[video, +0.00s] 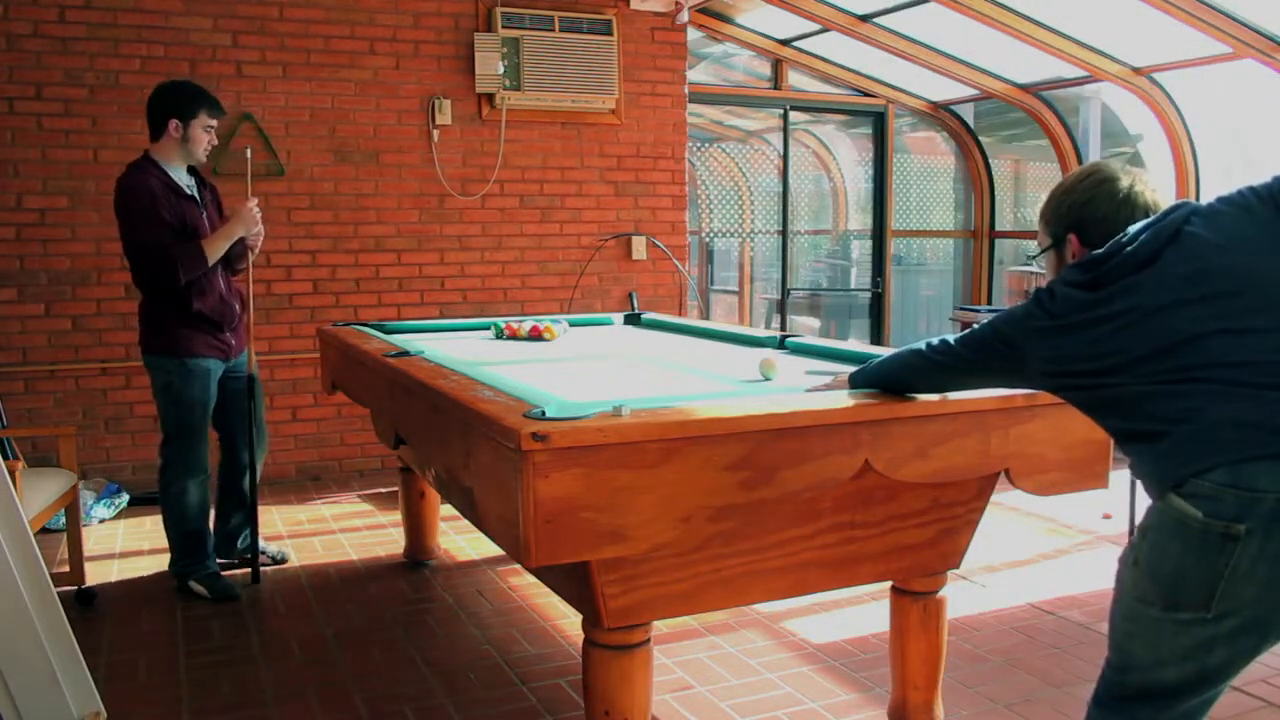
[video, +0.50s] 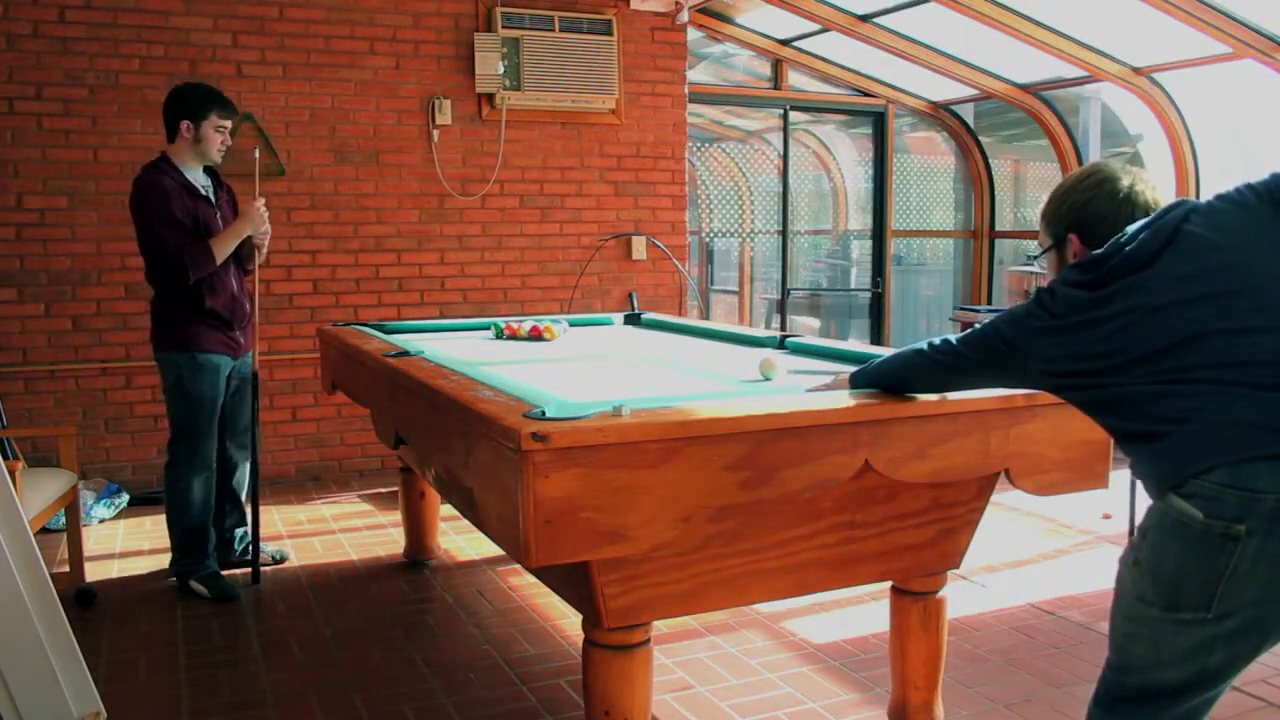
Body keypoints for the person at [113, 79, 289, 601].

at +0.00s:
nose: (214, 140)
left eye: (215, 130)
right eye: (207, 129)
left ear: (182, 131)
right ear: (175, 128)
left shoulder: (202, 186)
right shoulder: (138, 186)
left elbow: (223, 266)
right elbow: (166, 271)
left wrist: (247, 246)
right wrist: (231, 229)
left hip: (228, 339)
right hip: (181, 344)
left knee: (246, 444)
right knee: (188, 458)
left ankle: (236, 543)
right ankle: (193, 567)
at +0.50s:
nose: (229, 140)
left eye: (230, 131)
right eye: (220, 129)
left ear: (208, 134)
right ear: (186, 129)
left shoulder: (219, 188)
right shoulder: (155, 185)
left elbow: (238, 265)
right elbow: (182, 267)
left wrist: (257, 245)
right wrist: (240, 227)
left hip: (234, 339)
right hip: (191, 342)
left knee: (234, 452)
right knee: (195, 457)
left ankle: (231, 545)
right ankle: (193, 565)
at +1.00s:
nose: (243, 141)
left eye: (247, 132)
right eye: (234, 131)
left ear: (246, 137)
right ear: (202, 130)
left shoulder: (239, 188)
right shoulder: (168, 189)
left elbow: (263, 267)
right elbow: (188, 267)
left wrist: (268, 248)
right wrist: (243, 227)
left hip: (243, 340)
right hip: (199, 342)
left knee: (237, 452)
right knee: (199, 457)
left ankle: (231, 545)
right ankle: (193, 564)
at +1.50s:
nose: (252, 143)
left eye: (255, 135)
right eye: (244, 133)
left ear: (252, 139)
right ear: (211, 131)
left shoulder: (244, 189)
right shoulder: (176, 187)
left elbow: (268, 268)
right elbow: (198, 263)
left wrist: (274, 248)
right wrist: (251, 226)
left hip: (251, 340)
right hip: (207, 342)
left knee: (241, 452)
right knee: (203, 456)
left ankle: (230, 544)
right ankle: (192, 564)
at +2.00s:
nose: (252, 144)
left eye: (254, 135)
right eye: (245, 133)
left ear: (225, 137)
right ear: (212, 131)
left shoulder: (241, 192)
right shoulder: (176, 185)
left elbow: (254, 268)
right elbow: (201, 266)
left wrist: (275, 248)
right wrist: (259, 228)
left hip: (248, 342)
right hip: (207, 343)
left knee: (240, 453)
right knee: (203, 457)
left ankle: (230, 545)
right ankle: (192, 564)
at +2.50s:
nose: (245, 143)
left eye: (249, 134)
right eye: (236, 132)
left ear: (249, 138)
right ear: (204, 130)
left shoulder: (241, 192)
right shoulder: (173, 185)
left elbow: (257, 269)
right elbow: (198, 265)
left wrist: (272, 247)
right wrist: (252, 228)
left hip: (245, 342)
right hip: (203, 343)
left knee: (238, 453)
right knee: (201, 457)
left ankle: (230, 545)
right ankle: (192, 564)